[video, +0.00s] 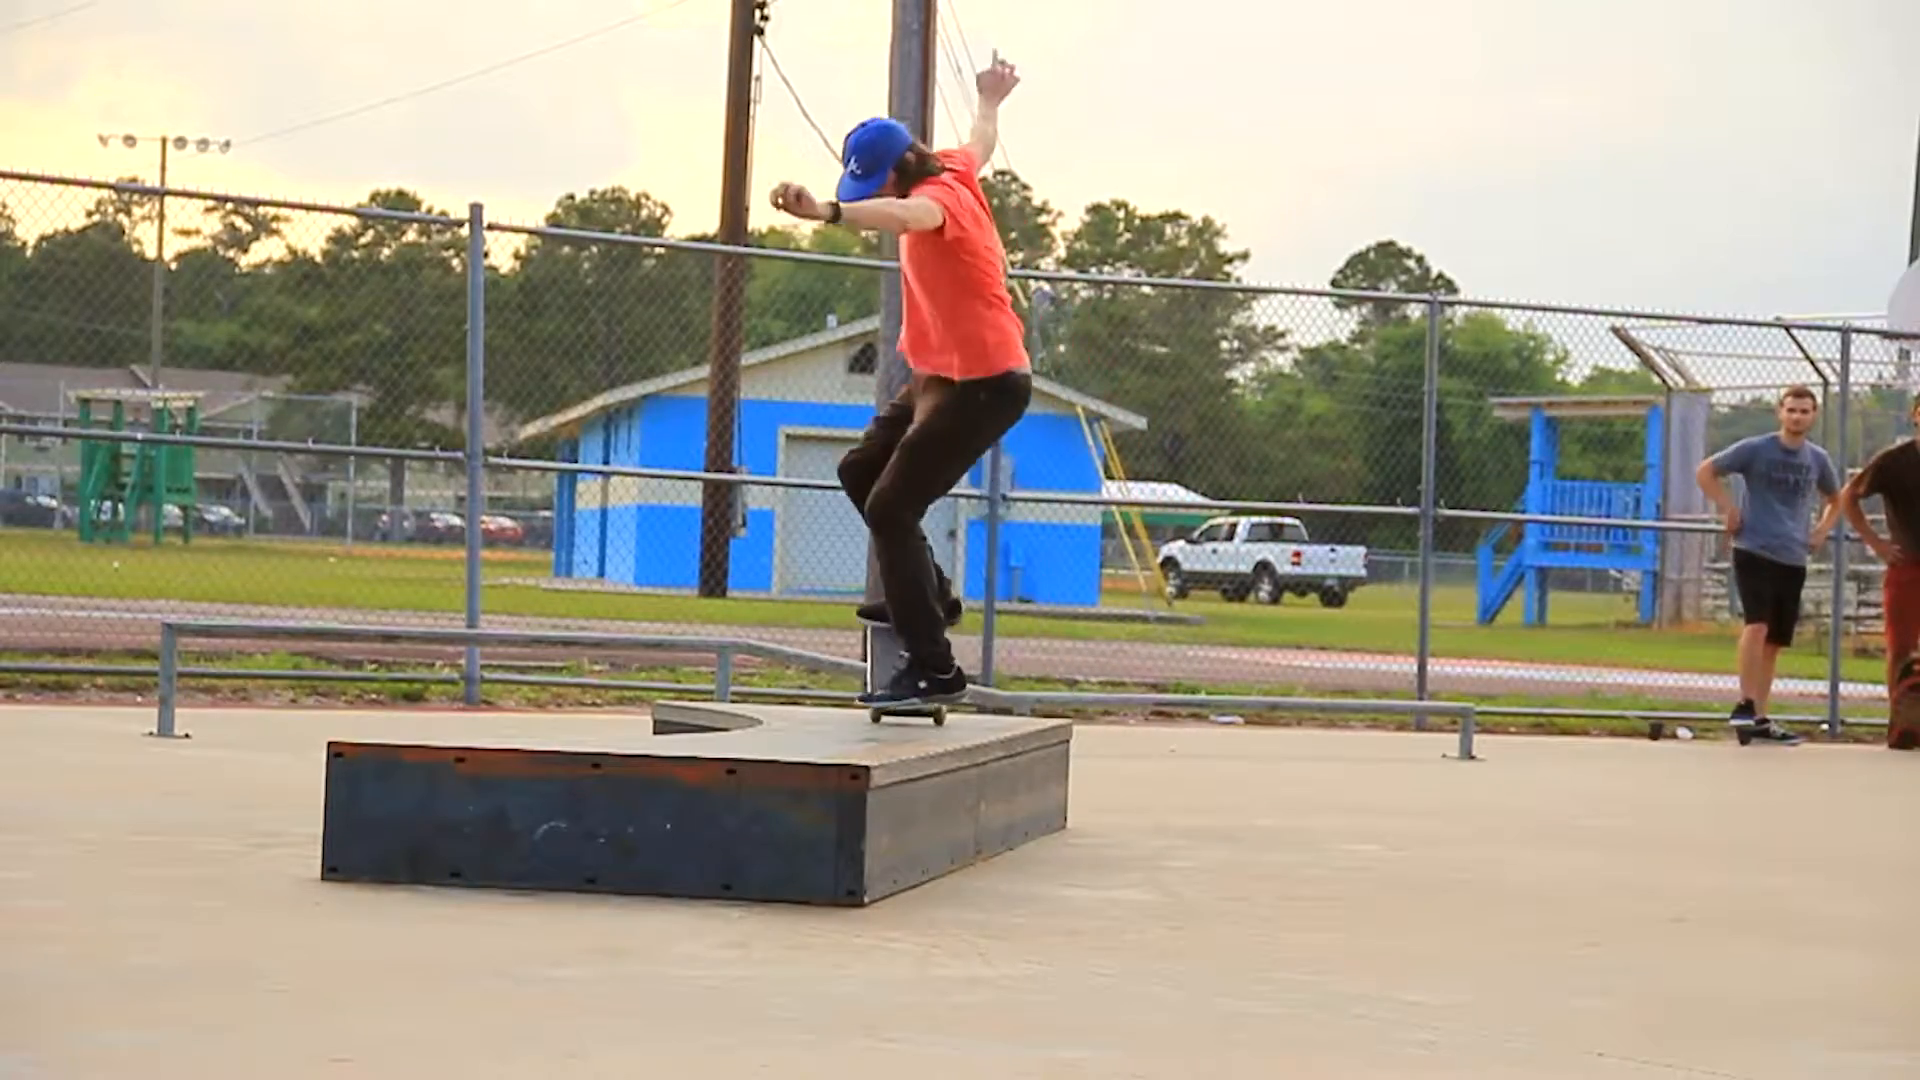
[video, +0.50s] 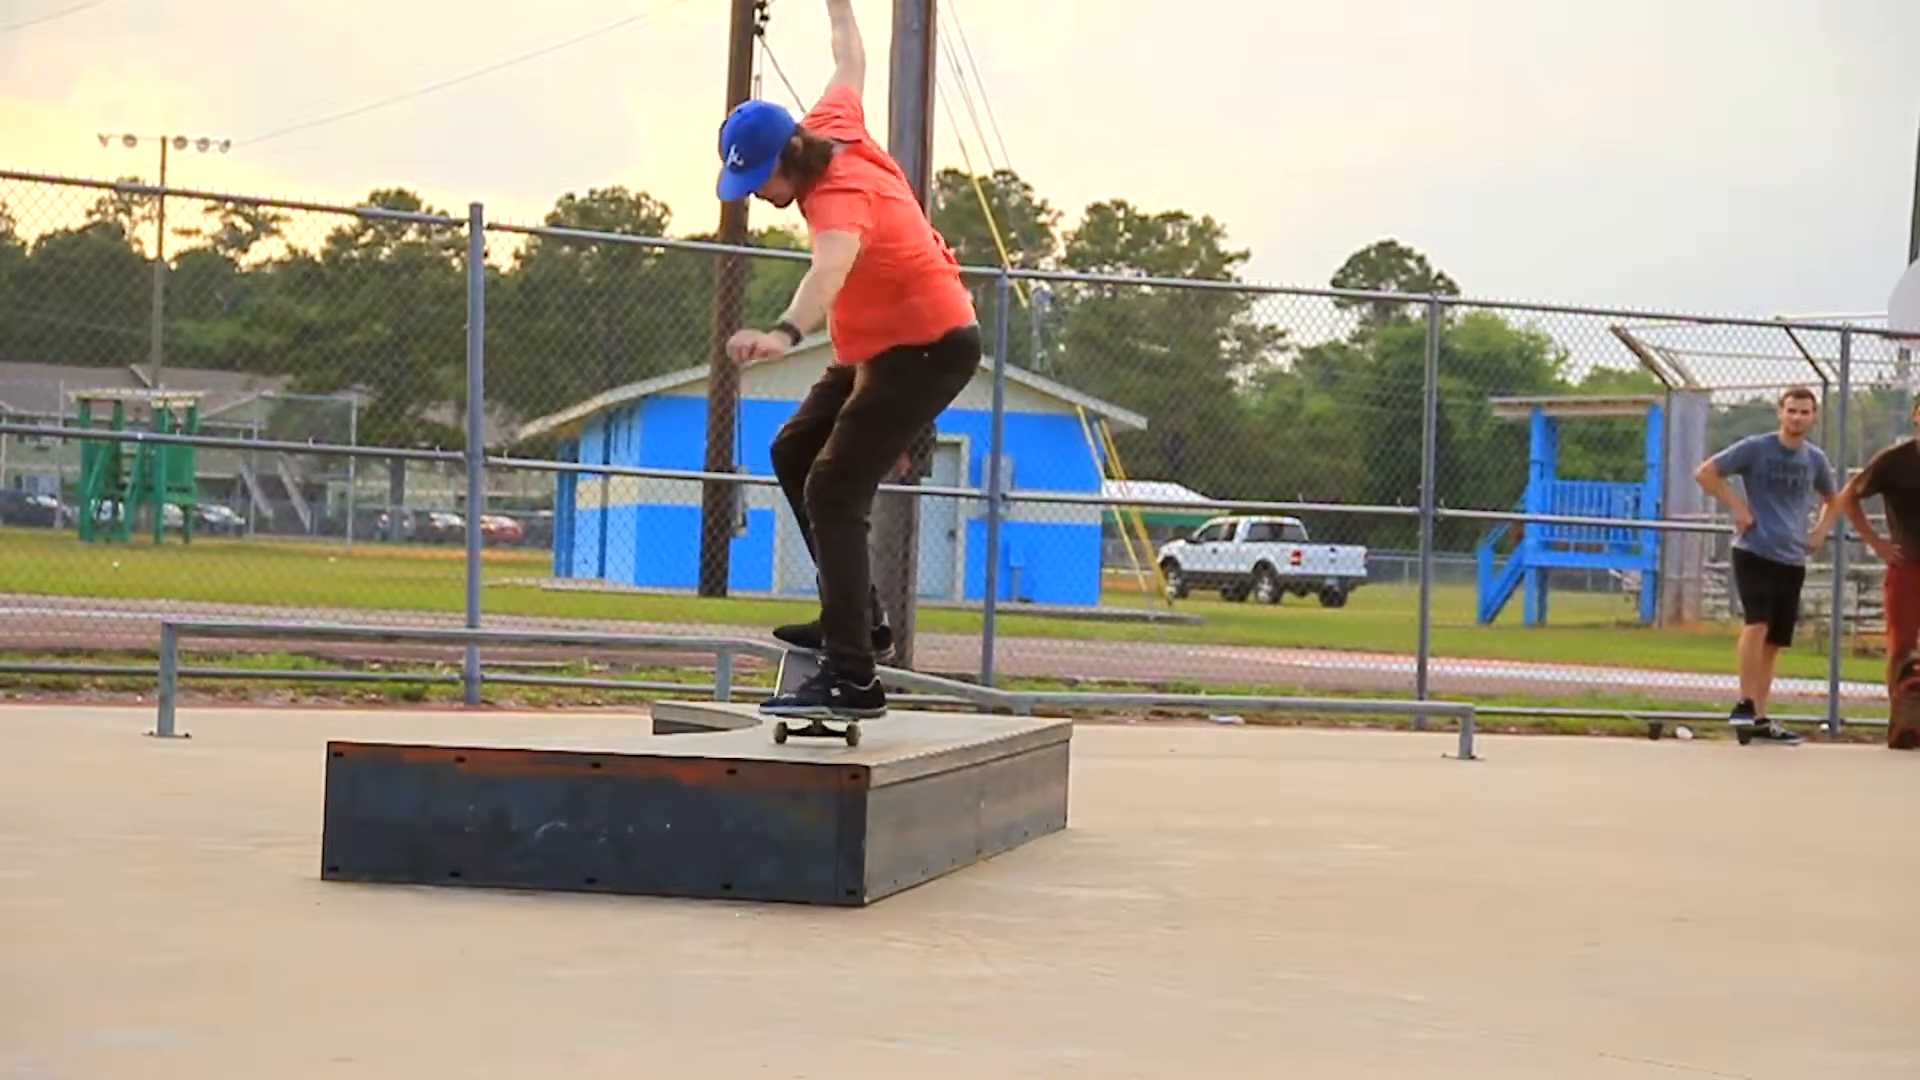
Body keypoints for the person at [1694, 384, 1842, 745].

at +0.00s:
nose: (1798, 416)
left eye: (1805, 411)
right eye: (1792, 410)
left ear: (1813, 416)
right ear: (1780, 413)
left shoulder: (1818, 459)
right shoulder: (1756, 449)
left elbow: (1835, 498)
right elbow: (1705, 472)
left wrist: (1821, 530)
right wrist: (1728, 508)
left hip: (1792, 556)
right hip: (1754, 549)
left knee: (1774, 642)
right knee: (1757, 624)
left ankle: (1760, 715)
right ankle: (1746, 705)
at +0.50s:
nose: (1798, 417)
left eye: (1805, 412)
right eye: (1793, 411)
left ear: (1813, 417)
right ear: (1780, 413)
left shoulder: (1816, 458)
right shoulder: (1757, 447)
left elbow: (1833, 499)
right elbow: (1706, 473)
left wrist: (1820, 531)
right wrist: (1738, 507)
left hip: (1792, 557)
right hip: (1754, 550)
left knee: (1774, 641)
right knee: (1758, 622)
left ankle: (1759, 715)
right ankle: (1745, 704)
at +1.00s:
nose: (1798, 417)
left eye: (1805, 412)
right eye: (1792, 410)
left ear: (1812, 417)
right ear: (1779, 413)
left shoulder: (1814, 459)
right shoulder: (1756, 447)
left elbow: (1831, 500)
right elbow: (1706, 473)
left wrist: (1818, 532)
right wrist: (1738, 512)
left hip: (1790, 557)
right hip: (1753, 550)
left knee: (1773, 641)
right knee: (1756, 624)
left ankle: (1758, 716)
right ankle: (1743, 705)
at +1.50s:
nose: (1799, 418)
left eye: (1806, 413)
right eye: (1793, 411)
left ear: (1813, 419)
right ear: (1780, 413)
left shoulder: (1813, 459)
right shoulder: (1755, 447)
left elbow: (1828, 500)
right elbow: (1705, 473)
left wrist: (1817, 534)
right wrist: (1736, 512)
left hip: (1789, 557)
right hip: (1752, 550)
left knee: (1771, 641)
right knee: (1754, 624)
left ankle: (1759, 717)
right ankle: (1743, 704)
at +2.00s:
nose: (1817, 422)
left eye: (1819, 415)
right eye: (1812, 415)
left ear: (1816, 420)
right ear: (1788, 415)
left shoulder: (1812, 459)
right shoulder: (1755, 447)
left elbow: (1828, 500)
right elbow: (1705, 473)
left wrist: (1817, 534)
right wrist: (1735, 511)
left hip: (1789, 557)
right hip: (1752, 550)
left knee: (1772, 641)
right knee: (1753, 624)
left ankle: (1758, 717)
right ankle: (1741, 704)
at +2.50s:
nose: (1807, 401)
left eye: (1814, 395)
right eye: (1802, 395)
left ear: (1827, 400)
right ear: (1793, 400)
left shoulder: (1848, 444)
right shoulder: (1772, 445)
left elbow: (1889, 483)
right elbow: (1757, 501)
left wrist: (1859, 514)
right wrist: (1749, 553)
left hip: (1825, 555)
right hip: (1781, 553)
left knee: (1817, 639)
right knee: (1774, 636)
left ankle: (1808, 714)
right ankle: (1770, 712)